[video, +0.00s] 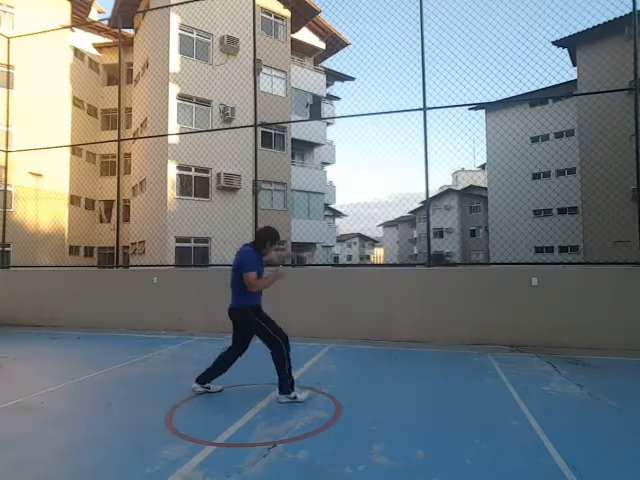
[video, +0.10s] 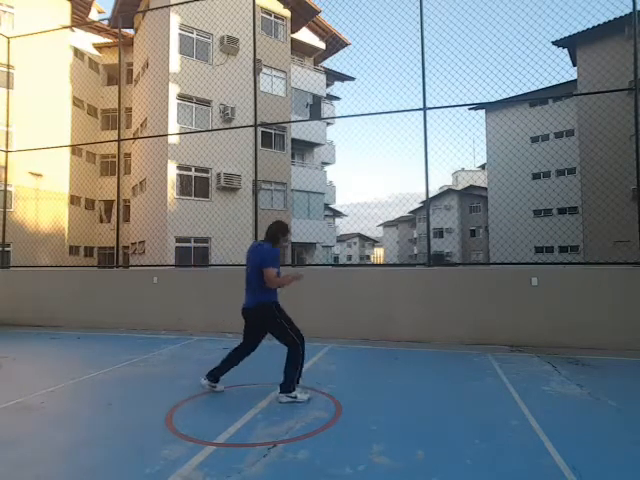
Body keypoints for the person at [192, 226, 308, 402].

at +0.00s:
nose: (273, 250)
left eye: (274, 247)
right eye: (273, 246)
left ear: (259, 240)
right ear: (266, 244)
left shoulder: (250, 253)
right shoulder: (250, 256)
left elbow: (268, 259)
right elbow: (253, 286)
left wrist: (284, 254)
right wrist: (274, 276)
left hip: (242, 310)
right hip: (248, 311)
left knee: (237, 348)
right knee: (279, 341)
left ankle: (202, 382)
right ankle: (287, 391)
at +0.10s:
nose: (286, 241)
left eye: (287, 237)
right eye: (285, 237)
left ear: (269, 233)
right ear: (279, 236)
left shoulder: (254, 248)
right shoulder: (271, 251)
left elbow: (258, 280)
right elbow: (270, 282)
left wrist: (282, 280)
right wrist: (288, 280)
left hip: (251, 309)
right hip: (267, 308)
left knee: (247, 346)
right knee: (297, 342)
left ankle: (212, 377)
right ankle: (288, 390)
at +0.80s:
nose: (314, 236)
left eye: (315, 233)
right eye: (314, 233)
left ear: (322, 232)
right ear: (333, 230)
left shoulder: (325, 248)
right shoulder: (346, 245)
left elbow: (310, 272)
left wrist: (308, 250)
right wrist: (317, 249)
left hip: (334, 303)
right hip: (354, 301)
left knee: (310, 342)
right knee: (354, 342)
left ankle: (295, 385)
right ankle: (370, 383)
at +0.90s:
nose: (322, 230)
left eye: (323, 227)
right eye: (322, 227)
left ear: (329, 226)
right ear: (341, 225)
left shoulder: (333, 241)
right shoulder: (353, 241)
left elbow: (314, 259)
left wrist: (315, 238)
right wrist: (325, 239)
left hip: (339, 298)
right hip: (358, 297)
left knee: (319, 338)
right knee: (358, 338)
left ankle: (320, 383)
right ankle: (371, 383)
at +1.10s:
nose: (336, 231)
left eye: (337, 228)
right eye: (337, 228)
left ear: (341, 228)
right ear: (354, 227)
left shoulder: (342, 241)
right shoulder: (366, 244)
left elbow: (327, 264)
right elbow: (352, 264)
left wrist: (327, 246)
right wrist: (334, 249)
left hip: (344, 299)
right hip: (363, 300)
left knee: (326, 337)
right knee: (361, 340)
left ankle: (337, 379)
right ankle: (371, 382)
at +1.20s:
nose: (338, 232)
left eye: (339, 229)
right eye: (338, 229)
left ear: (343, 228)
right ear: (355, 227)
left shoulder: (342, 240)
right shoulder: (367, 243)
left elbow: (324, 261)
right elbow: (357, 264)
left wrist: (329, 242)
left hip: (342, 299)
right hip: (363, 299)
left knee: (322, 335)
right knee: (362, 339)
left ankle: (327, 379)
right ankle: (372, 383)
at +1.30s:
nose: (337, 229)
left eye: (338, 227)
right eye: (338, 227)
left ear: (341, 226)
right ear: (355, 226)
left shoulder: (339, 237)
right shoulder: (368, 243)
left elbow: (316, 251)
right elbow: (363, 265)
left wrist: (317, 234)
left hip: (340, 298)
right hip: (361, 299)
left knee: (321, 338)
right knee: (363, 340)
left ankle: (311, 381)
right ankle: (371, 383)